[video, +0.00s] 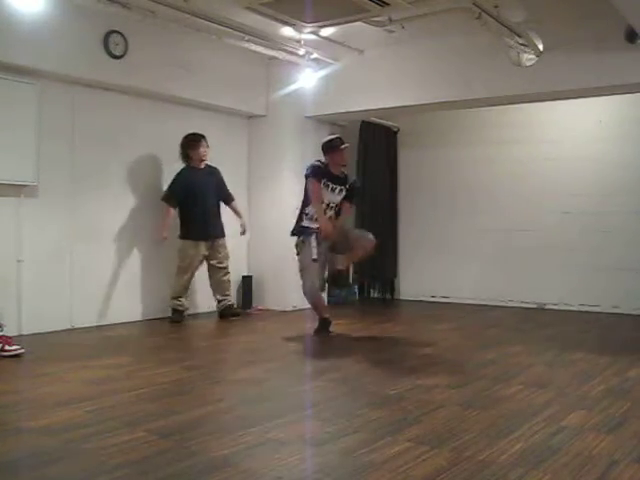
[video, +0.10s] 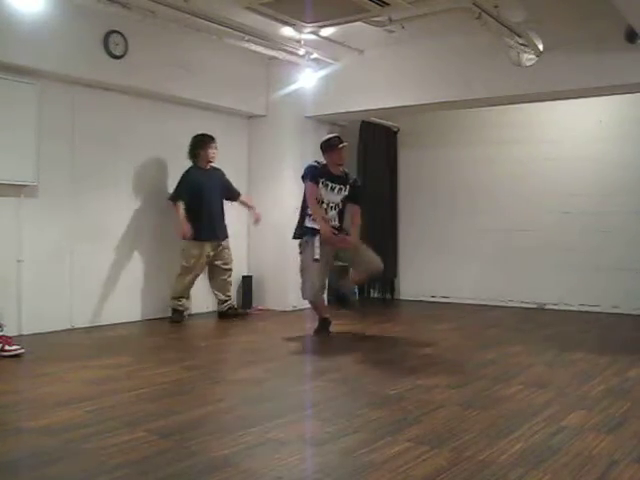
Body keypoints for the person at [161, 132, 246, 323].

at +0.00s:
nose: (204, 151)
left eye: (206, 147)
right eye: (199, 148)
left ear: (208, 149)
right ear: (189, 152)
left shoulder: (213, 173)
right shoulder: (183, 176)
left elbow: (227, 198)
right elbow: (170, 204)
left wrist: (241, 217)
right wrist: (165, 229)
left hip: (216, 233)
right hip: (192, 235)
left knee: (221, 270)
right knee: (185, 273)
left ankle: (225, 305)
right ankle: (178, 307)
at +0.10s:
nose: (214, 152)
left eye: (215, 149)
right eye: (210, 149)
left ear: (215, 151)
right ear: (199, 152)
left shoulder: (217, 174)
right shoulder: (190, 175)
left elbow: (234, 194)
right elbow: (177, 200)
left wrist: (252, 207)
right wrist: (183, 223)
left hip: (219, 234)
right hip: (197, 235)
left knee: (223, 272)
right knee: (188, 274)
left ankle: (226, 306)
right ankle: (179, 308)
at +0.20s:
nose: (223, 154)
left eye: (224, 150)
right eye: (220, 150)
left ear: (222, 153)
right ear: (209, 153)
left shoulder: (225, 175)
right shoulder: (199, 174)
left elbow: (244, 188)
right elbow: (188, 194)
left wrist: (271, 193)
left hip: (225, 234)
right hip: (204, 236)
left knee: (228, 273)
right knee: (194, 273)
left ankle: (227, 307)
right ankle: (179, 307)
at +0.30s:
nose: (232, 158)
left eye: (233, 154)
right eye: (230, 154)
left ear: (229, 155)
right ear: (220, 154)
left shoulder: (236, 174)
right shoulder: (209, 173)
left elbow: (253, 171)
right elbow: (206, 174)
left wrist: (271, 162)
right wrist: (216, 168)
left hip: (233, 231)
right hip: (215, 232)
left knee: (232, 272)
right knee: (206, 269)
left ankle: (228, 307)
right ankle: (183, 306)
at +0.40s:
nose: (241, 160)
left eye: (242, 157)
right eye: (239, 157)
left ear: (240, 157)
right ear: (231, 155)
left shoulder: (239, 168)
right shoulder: (218, 169)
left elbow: (249, 160)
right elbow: (217, 152)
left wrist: (260, 138)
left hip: (238, 223)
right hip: (223, 223)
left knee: (237, 266)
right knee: (224, 263)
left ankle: (228, 304)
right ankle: (197, 300)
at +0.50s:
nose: (252, 160)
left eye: (253, 157)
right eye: (251, 156)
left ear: (242, 151)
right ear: (246, 154)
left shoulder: (241, 168)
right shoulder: (229, 167)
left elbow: (248, 146)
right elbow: (231, 141)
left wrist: (249, 121)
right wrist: (237, 115)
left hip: (240, 224)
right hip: (231, 224)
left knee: (235, 266)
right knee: (235, 265)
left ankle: (227, 302)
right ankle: (224, 301)